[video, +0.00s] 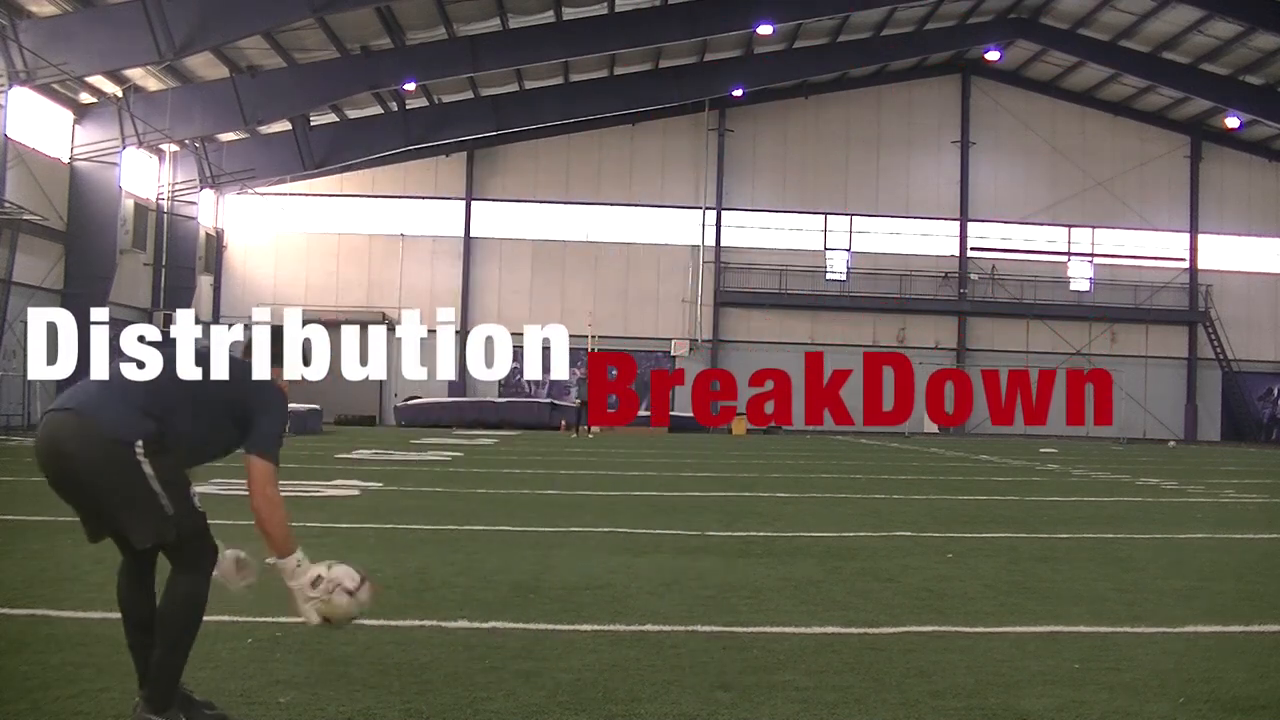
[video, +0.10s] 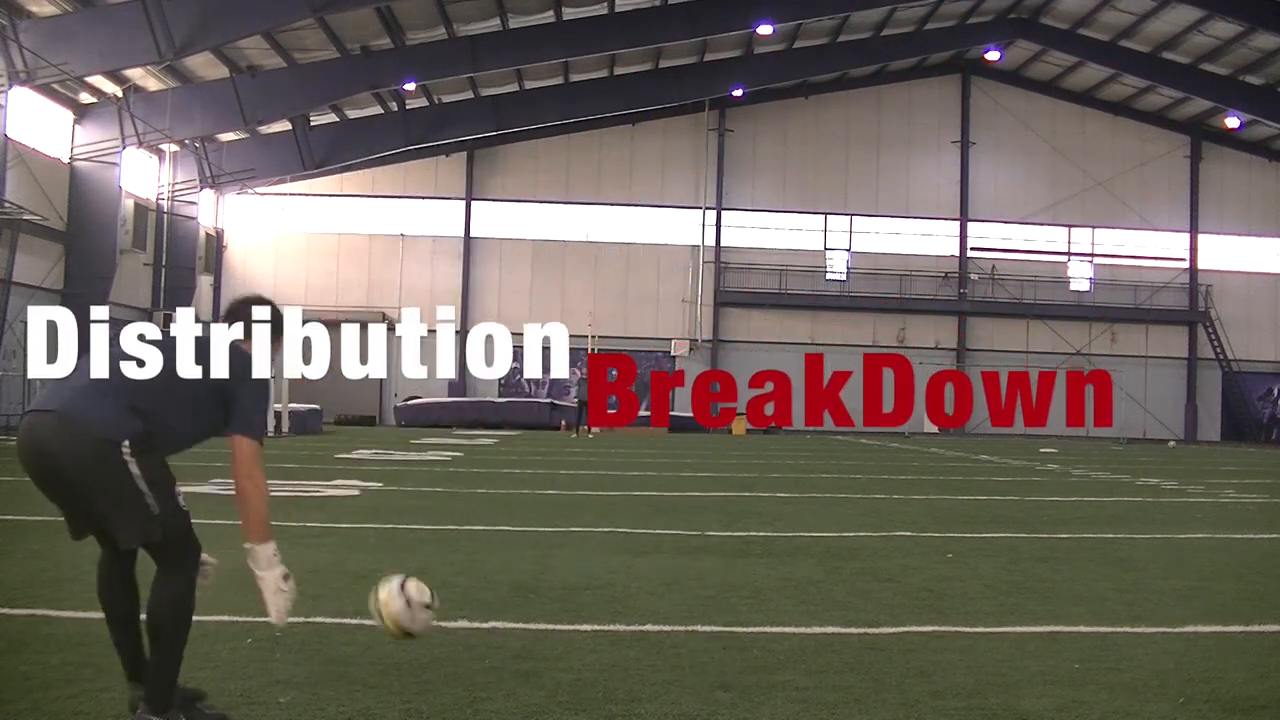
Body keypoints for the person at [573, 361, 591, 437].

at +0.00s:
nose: (583, 371)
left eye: (584, 369)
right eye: (581, 370)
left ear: (587, 371)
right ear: (579, 371)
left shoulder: (590, 380)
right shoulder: (579, 380)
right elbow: (577, 389)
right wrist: (576, 398)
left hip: (588, 400)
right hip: (580, 399)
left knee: (588, 417)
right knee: (578, 417)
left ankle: (589, 432)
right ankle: (576, 432)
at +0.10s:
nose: (584, 375)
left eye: (586, 373)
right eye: (583, 373)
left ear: (588, 373)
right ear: (581, 373)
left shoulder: (590, 380)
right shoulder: (580, 380)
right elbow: (578, 389)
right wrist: (575, 397)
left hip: (588, 400)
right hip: (581, 399)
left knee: (588, 418)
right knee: (578, 417)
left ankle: (589, 432)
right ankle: (576, 433)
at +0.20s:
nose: (586, 372)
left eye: (587, 371)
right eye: (586, 370)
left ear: (589, 372)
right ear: (584, 371)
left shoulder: (591, 380)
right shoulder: (582, 379)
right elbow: (578, 389)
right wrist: (576, 398)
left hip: (589, 400)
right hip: (582, 400)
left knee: (589, 417)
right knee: (579, 417)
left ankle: (589, 432)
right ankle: (576, 433)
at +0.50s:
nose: (587, 373)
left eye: (588, 371)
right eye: (586, 371)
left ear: (590, 372)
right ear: (584, 372)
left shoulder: (592, 380)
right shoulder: (581, 380)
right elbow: (578, 388)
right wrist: (577, 398)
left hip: (591, 400)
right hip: (583, 399)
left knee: (590, 417)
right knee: (581, 417)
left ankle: (590, 432)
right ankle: (579, 432)